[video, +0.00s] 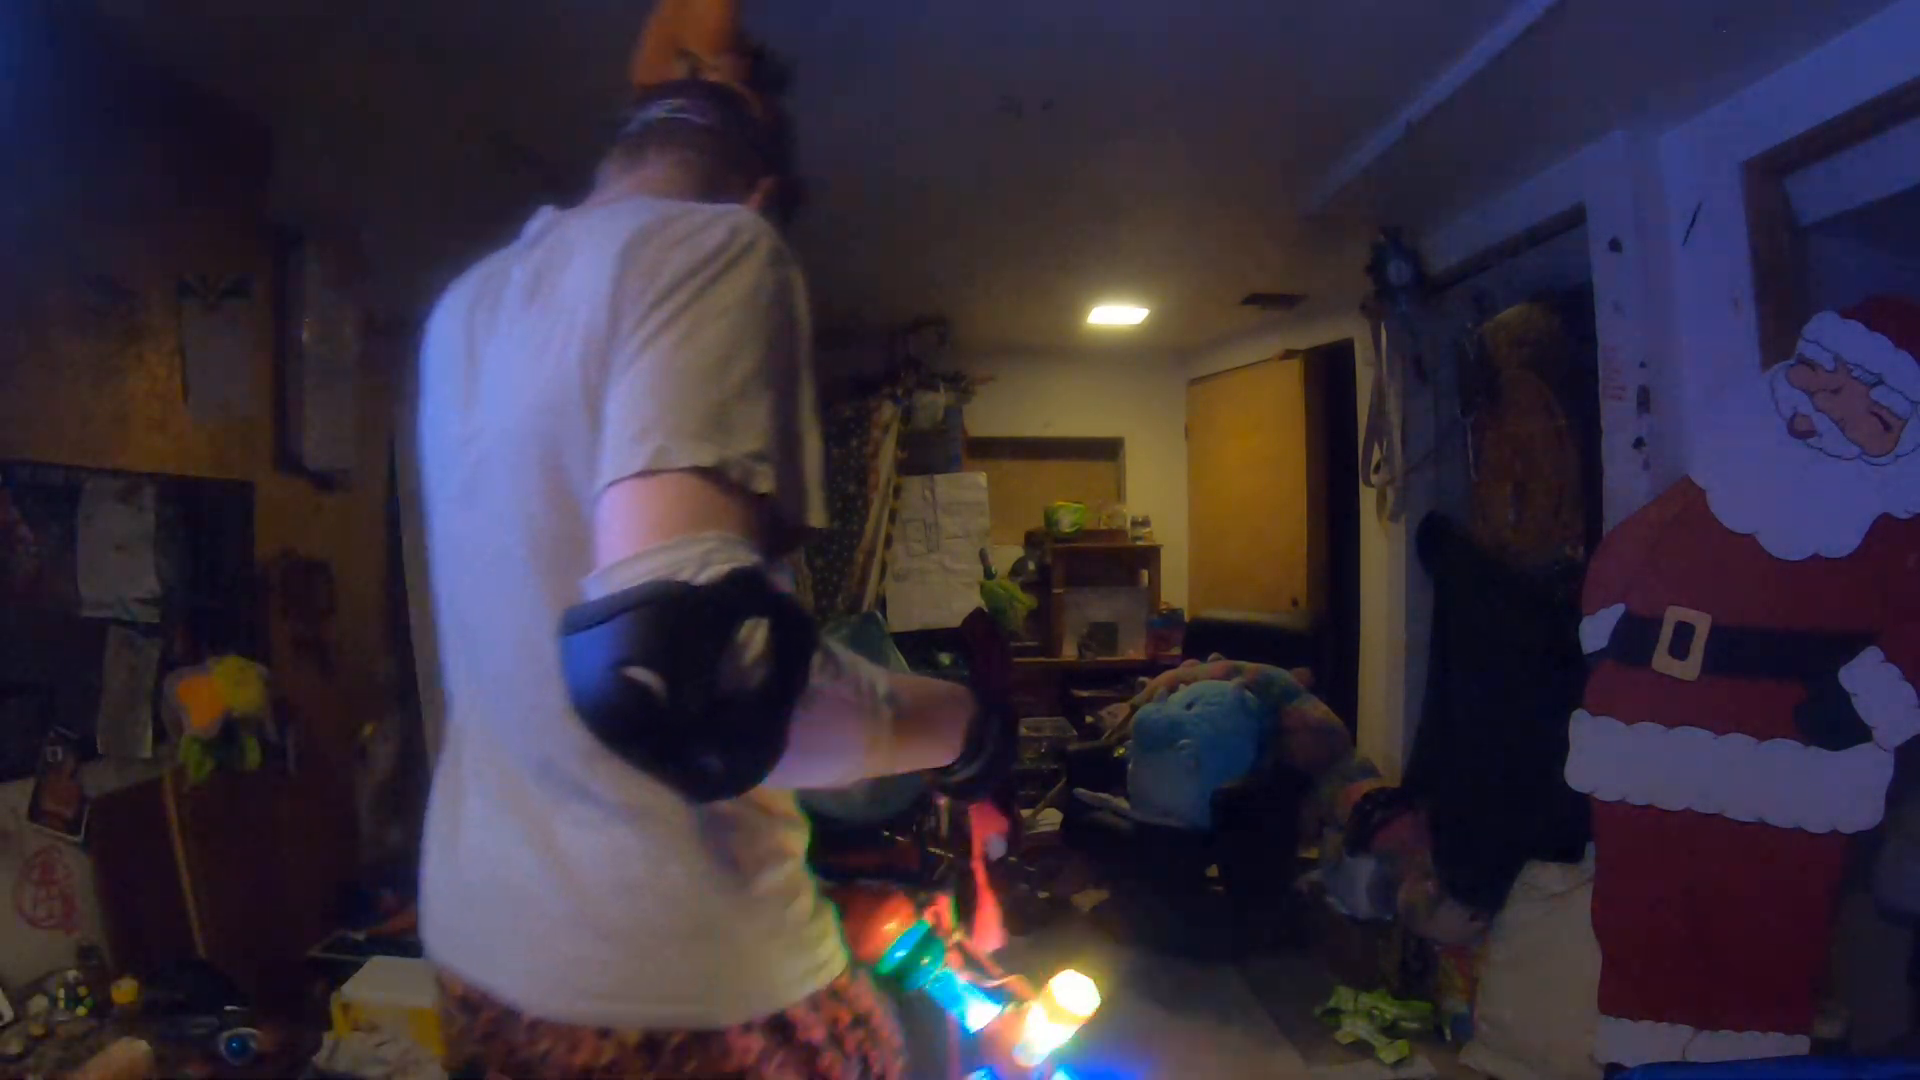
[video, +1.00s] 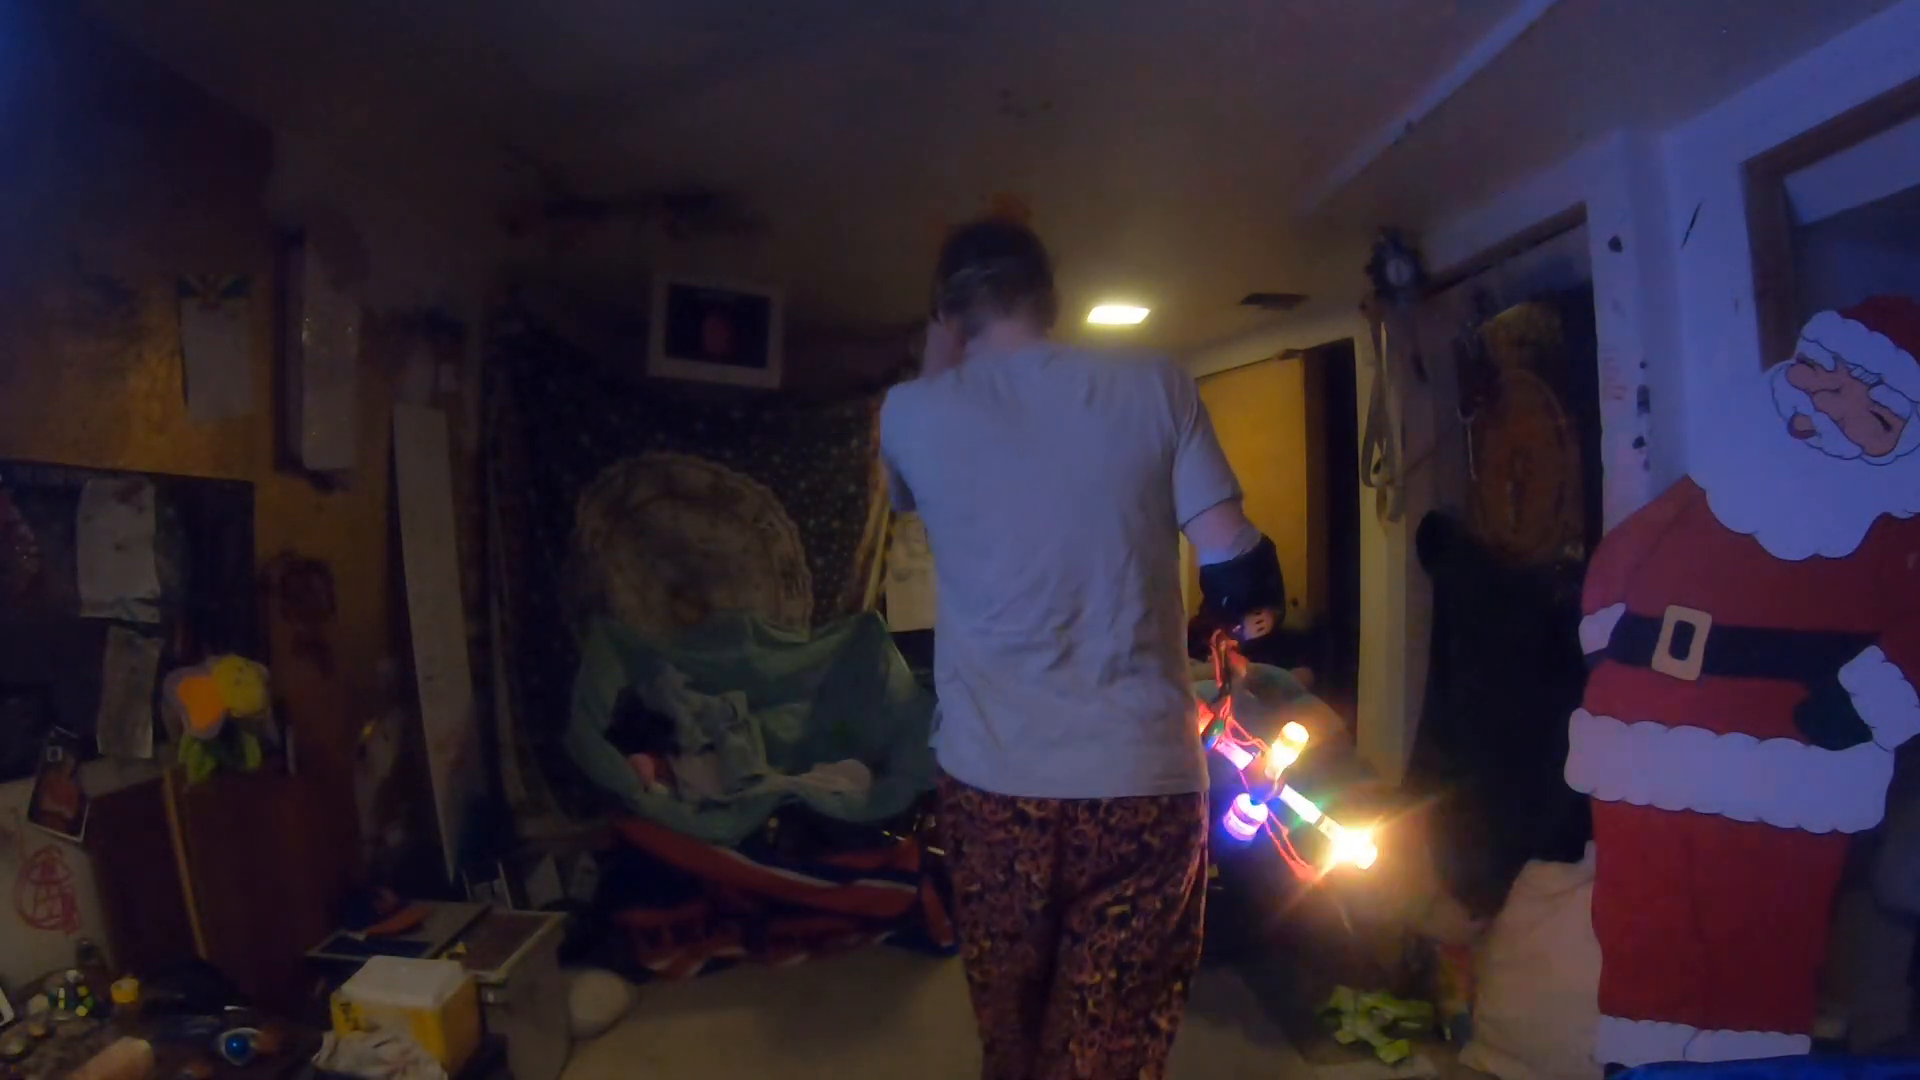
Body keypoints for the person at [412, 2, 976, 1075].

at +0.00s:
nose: (766, 231)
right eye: (779, 214)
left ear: (610, 165)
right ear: (762, 193)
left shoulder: (462, 301)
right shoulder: (708, 247)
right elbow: (668, 660)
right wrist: (955, 719)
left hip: (476, 951)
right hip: (679, 979)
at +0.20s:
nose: (893, 283)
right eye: (899, 262)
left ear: (744, 204)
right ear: (881, 228)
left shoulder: (609, 318)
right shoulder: (852, 285)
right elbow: (838, 658)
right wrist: (1054, 702)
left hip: (604, 913)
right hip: (819, 938)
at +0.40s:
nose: (1001, 278)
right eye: (1013, 267)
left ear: (857, 232)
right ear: (997, 254)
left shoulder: (745, 336)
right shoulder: (1002, 320)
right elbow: (1012, 641)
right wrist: (1155, 686)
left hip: (759, 867)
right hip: (960, 879)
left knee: (779, 1065)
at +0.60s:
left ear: (925, 279)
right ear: (1056, 279)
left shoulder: (833, 378)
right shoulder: (1115, 377)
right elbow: (1157, 647)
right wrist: (1212, 636)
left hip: (886, 864)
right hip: (1066, 873)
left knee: (911, 1069)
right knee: (1079, 1068)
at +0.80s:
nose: (935, 305)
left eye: (936, 288)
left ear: (946, 282)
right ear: (1063, 278)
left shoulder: (886, 372)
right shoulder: (1158, 364)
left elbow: (886, 475)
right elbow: (1222, 581)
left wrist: (938, 330)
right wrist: (1183, 637)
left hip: (950, 801)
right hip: (1120, 810)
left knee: (974, 1048)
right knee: (1114, 1052)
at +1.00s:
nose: (943, 333)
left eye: (945, 318)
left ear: (951, 317)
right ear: (1052, 302)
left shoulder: (913, 414)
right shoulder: (1153, 386)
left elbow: (907, 491)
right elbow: (1239, 571)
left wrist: (936, 380)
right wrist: (1229, 623)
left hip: (989, 793)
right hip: (1143, 793)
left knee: (1009, 1039)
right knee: (1116, 1044)